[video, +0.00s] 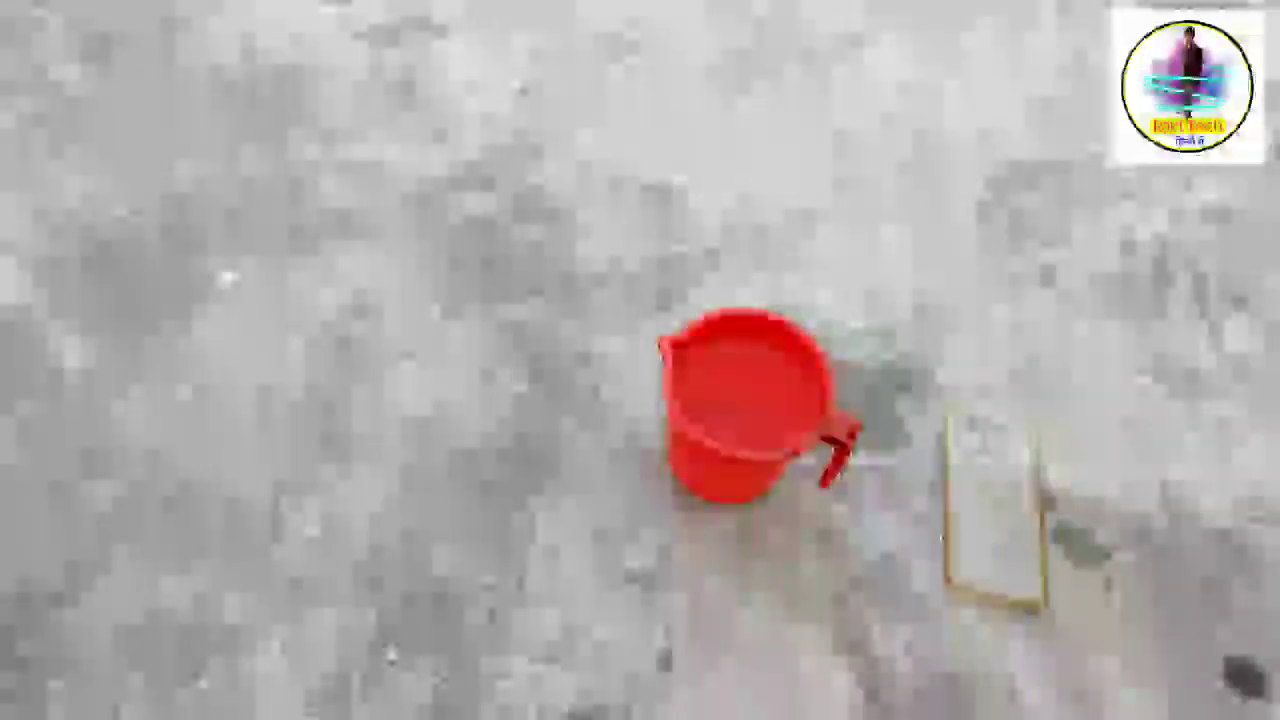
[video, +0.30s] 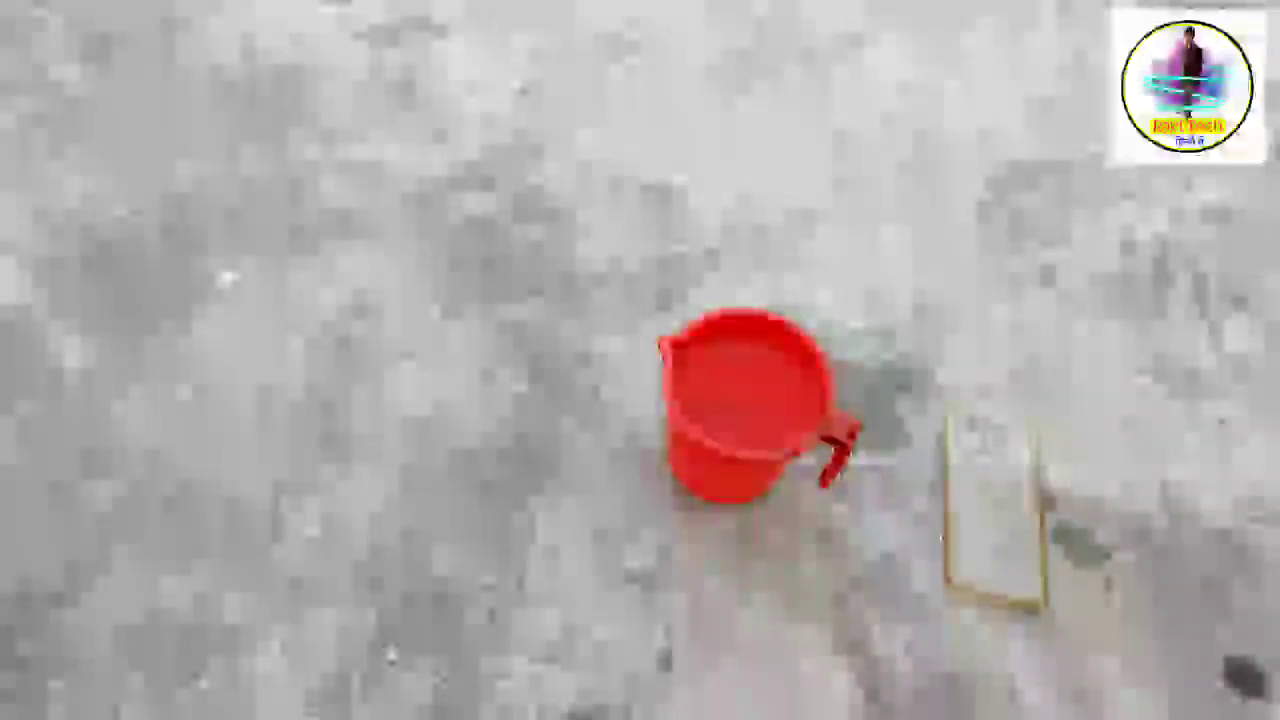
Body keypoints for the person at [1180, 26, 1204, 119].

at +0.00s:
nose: (1187, 38)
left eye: (1189, 36)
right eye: (1186, 36)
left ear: (1193, 36)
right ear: (1184, 36)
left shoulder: (1197, 50)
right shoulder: (1181, 49)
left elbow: (1199, 65)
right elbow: (1176, 61)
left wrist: (1197, 75)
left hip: (1193, 75)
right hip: (1183, 74)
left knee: (1190, 93)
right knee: (1185, 93)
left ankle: (1188, 112)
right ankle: (1185, 111)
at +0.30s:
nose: (1187, 38)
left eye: (1189, 36)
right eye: (1186, 36)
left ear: (1193, 36)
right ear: (1184, 36)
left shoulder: (1197, 50)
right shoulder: (1181, 49)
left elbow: (1199, 64)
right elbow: (1176, 61)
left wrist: (1197, 75)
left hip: (1193, 75)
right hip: (1183, 74)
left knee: (1190, 93)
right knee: (1185, 93)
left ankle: (1188, 111)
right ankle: (1185, 111)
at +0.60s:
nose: (1187, 38)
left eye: (1189, 36)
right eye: (1186, 36)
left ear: (1193, 36)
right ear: (1184, 36)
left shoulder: (1197, 50)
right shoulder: (1181, 49)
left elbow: (1199, 64)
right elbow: (1176, 61)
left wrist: (1197, 75)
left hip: (1193, 75)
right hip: (1183, 74)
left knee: (1190, 93)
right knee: (1185, 93)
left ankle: (1188, 111)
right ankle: (1186, 111)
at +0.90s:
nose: (1187, 38)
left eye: (1189, 36)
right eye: (1186, 36)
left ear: (1193, 36)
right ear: (1184, 36)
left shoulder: (1197, 50)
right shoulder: (1181, 49)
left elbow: (1199, 64)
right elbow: (1176, 61)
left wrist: (1197, 75)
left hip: (1193, 75)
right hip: (1183, 74)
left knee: (1190, 93)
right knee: (1185, 93)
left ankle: (1188, 111)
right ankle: (1186, 111)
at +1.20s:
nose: (1188, 38)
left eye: (1190, 36)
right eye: (1187, 35)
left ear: (1193, 36)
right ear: (1184, 36)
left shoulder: (1197, 50)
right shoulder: (1181, 49)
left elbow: (1199, 65)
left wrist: (1198, 77)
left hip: (1193, 74)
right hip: (1183, 74)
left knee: (1190, 92)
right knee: (1185, 92)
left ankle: (1188, 111)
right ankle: (1185, 110)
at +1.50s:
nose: (1188, 38)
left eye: (1190, 36)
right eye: (1187, 35)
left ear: (1193, 36)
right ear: (1184, 36)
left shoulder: (1197, 50)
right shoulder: (1181, 49)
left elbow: (1199, 65)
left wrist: (1198, 77)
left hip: (1193, 74)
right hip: (1183, 74)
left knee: (1190, 92)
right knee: (1185, 92)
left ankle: (1188, 111)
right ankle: (1185, 110)